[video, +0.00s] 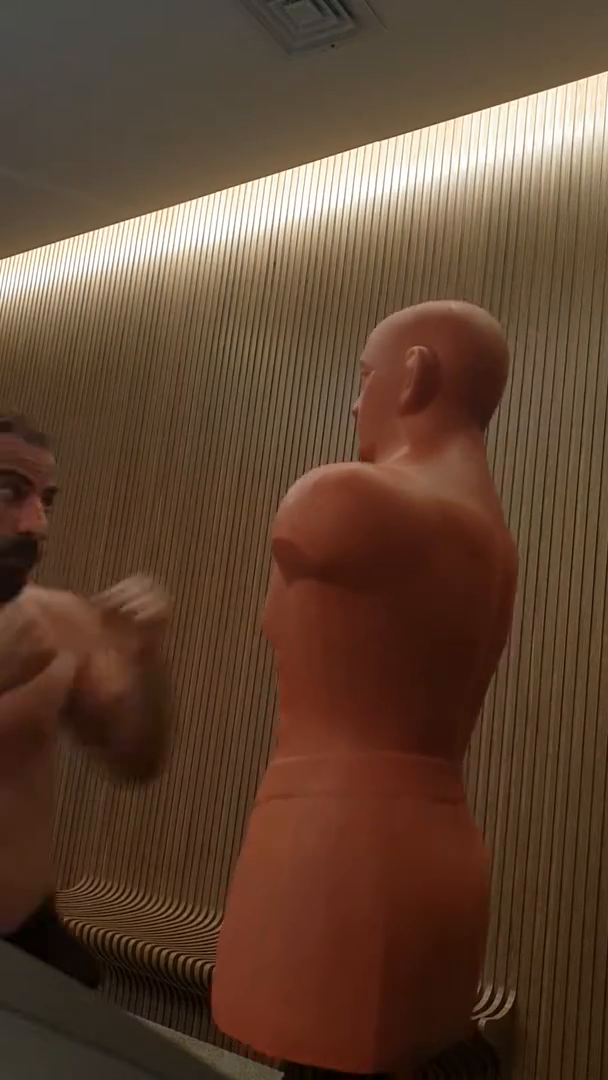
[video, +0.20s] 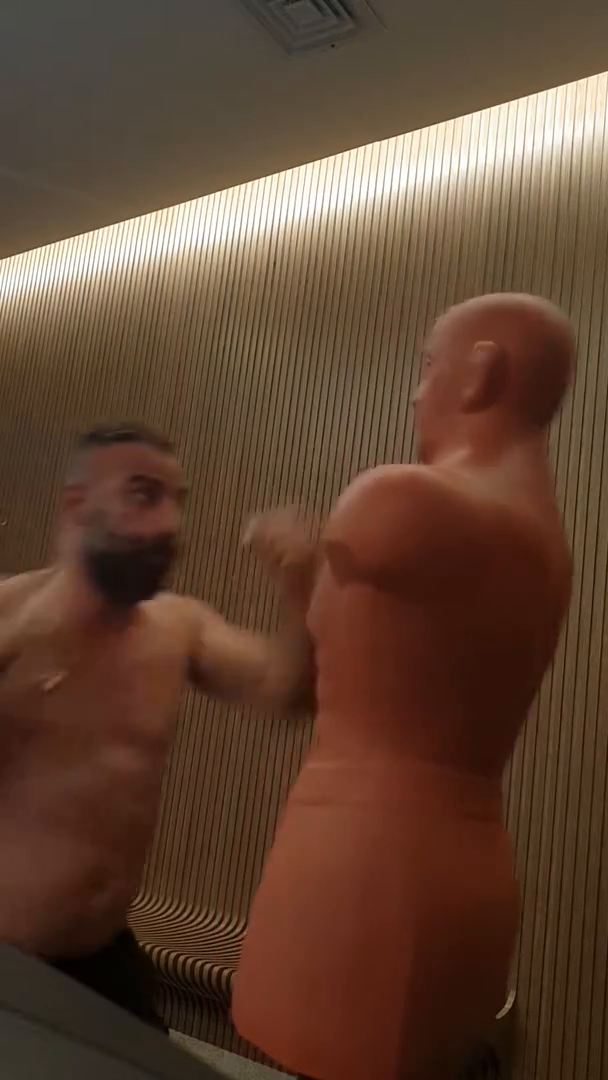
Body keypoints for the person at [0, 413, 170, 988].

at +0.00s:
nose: (36, 521)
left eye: (45, 499)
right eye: (14, 493)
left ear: (52, 506)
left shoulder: (60, 620)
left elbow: (137, 762)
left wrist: (148, 660)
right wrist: (27, 699)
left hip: (30, 937)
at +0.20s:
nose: (170, 524)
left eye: (176, 502)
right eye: (143, 496)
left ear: (184, 512)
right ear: (74, 505)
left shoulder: (179, 626)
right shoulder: (12, 616)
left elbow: (291, 691)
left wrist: (296, 591)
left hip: (108, 964)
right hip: (12, 961)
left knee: (151, 1070)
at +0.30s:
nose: (214, 532)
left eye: (218, 508)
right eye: (193, 503)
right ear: (132, 515)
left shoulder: (160, 640)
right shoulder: (86, 605)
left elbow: (200, 780)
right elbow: (215, 515)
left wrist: (251, 668)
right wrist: (391, 466)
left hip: (98, 956)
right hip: (22, 949)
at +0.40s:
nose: (243, 553)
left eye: (246, 536)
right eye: (220, 530)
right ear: (151, 537)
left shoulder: (175, 646)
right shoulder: (130, 595)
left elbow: (177, 793)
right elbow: (251, 613)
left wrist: (239, 681)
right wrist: (405, 584)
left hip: (95, 965)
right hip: (25, 947)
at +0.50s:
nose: (251, 557)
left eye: (254, 540)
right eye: (229, 533)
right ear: (165, 537)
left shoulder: (153, 624)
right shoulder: (138, 600)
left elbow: (192, 791)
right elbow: (150, 698)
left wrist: (253, 682)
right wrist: (329, 678)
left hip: (96, 952)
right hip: (27, 936)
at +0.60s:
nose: (226, 552)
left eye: (233, 536)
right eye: (204, 527)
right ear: (141, 526)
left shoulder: (175, 646)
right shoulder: (77, 603)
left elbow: (236, 766)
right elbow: (78, 718)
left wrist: (279, 659)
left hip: (101, 947)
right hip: (21, 935)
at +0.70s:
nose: (162, 550)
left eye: (177, 535)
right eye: (144, 526)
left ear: (188, 544)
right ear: (83, 522)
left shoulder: (165, 646)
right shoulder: (13, 610)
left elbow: (243, 750)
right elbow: (16, 724)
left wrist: (253, 620)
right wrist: (141, 601)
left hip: (91, 940)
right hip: (6, 930)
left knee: (121, 1069)